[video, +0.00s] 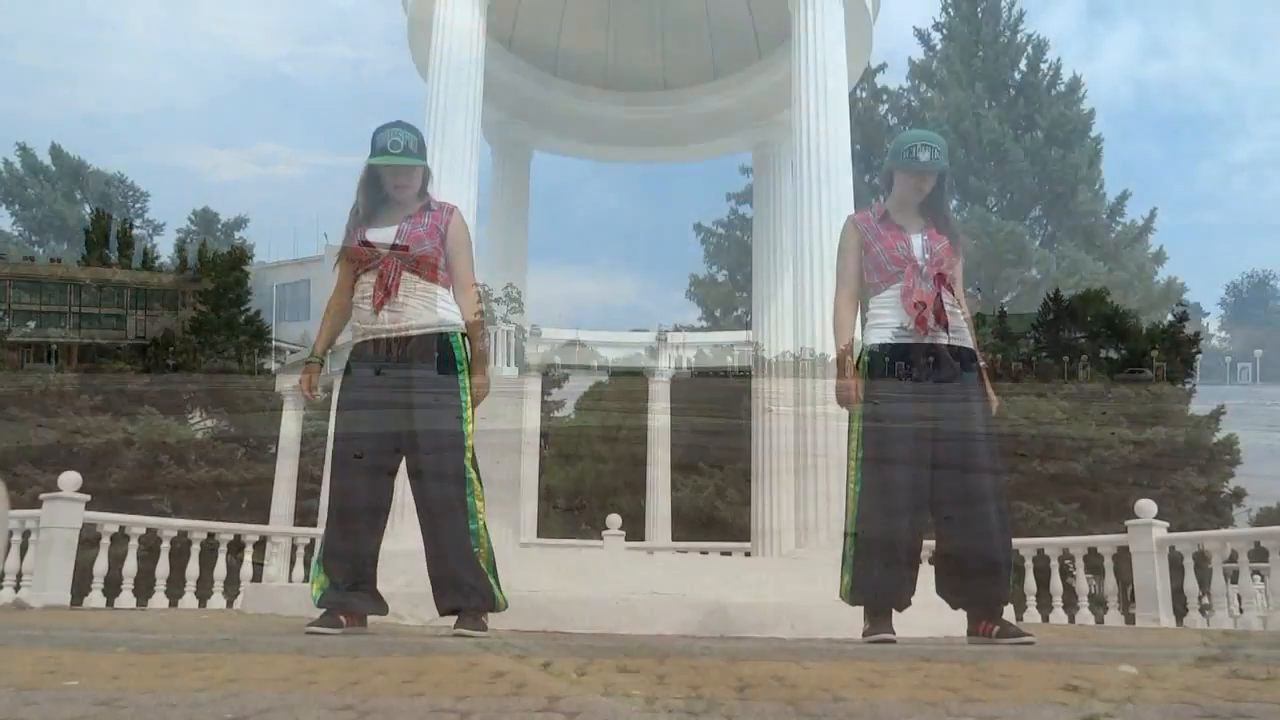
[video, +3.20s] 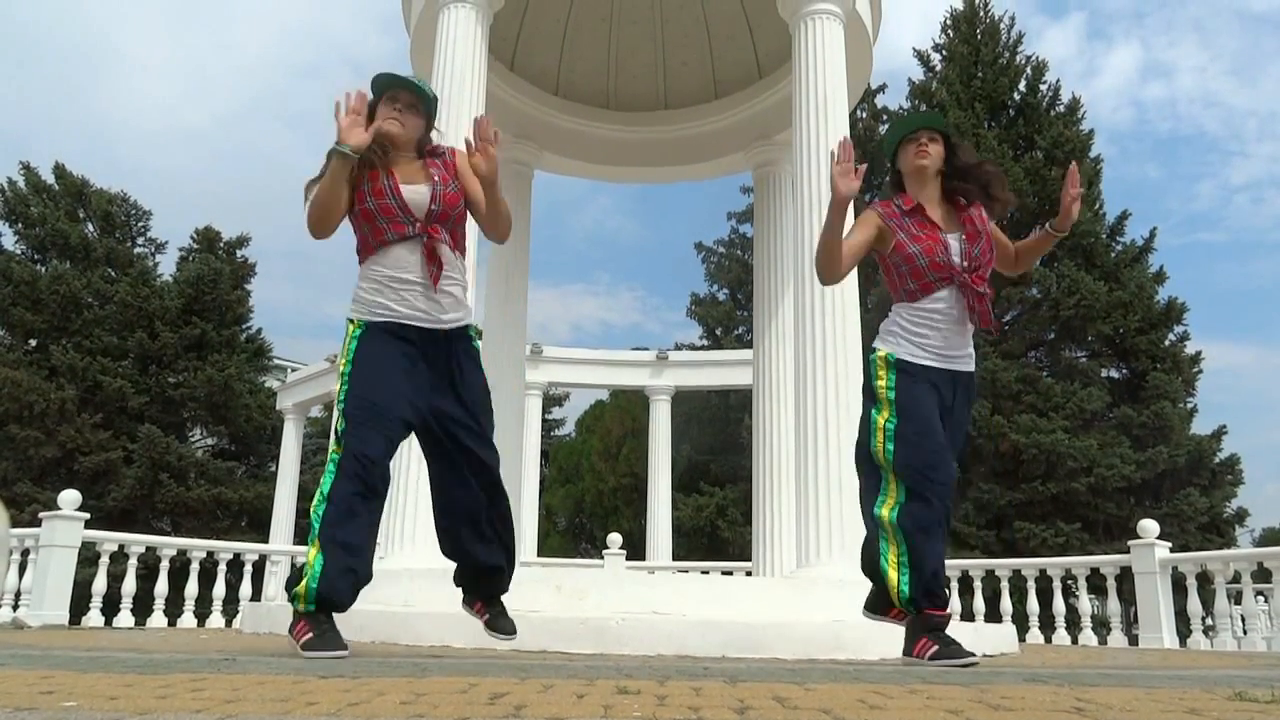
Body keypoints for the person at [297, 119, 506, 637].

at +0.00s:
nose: (398, 177)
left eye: (408, 167)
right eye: (389, 168)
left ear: (424, 169)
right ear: (375, 171)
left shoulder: (446, 220)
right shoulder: (361, 224)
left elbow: (467, 292)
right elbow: (342, 295)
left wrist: (480, 360)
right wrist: (317, 356)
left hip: (434, 360)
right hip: (369, 361)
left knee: (443, 482)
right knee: (355, 479)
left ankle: (469, 606)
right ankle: (347, 603)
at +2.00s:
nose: (423, 165)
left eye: (434, 159)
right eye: (415, 157)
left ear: (451, 173)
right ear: (402, 167)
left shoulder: (462, 233)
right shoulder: (374, 231)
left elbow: (480, 304)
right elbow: (352, 299)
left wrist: (491, 368)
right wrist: (324, 359)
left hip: (445, 365)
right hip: (380, 369)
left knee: (450, 490)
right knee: (358, 488)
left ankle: (470, 623)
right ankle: (344, 620)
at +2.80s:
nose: (437, 167)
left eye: (447, 161)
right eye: (429, 160)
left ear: (466, 175)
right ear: (415, 172)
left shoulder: (491, 225)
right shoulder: (397, 231)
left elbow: (509, 297)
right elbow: (377, 288)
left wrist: (487, 348)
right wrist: (365, 321)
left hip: (458, 375)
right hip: (394, 372)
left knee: (451, 500)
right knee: (368, 495)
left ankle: (461, 629)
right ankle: (348, 621)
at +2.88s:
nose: (437, 177)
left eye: (447, 171)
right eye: (428, 171)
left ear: (468, 184)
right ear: (415, 184)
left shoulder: (492, 235)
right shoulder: (394, 236)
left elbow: (489, 303)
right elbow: (374, 292)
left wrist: (421, 303)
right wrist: (410, 270)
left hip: (467, 379)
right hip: (402, 377)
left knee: (456, 503)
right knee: (360, 478)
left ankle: (462, 631)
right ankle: (353, 587)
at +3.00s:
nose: (426, 157)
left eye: (438, 151)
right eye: (419, 149)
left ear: (459, 166)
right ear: (406, 162)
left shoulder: (484, 208)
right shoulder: (388, 214)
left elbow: (447, 251)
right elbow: (392, 247)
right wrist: (464, 205)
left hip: (466, 365)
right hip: (398, 360)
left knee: (467, 497)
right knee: (355, 469)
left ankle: (467, 628)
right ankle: (365, 554)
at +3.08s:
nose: (412, 131)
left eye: (425, 125)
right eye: (405, 122)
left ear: (444, 138)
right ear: (390, 132)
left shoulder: (469, 170)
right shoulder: (374, 178)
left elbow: (458, 224)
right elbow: (378, 221)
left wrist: (415, 179)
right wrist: (440, 172)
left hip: (463, 341)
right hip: (394, 335)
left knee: (470, 472)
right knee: (369, 452)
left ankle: (474, 610)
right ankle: (339, 583)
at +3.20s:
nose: (401, 115)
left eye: (414, 110)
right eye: (390, 106)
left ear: (427, 124)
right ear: (370, 117)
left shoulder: (454, 164)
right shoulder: (354, 167)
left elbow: (500, 231)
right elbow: (320, 226)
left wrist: (490, 179)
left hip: (452, 339)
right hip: (380, 335)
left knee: (474, 465)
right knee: (359, 464)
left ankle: (483, 588)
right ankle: (315, 608)